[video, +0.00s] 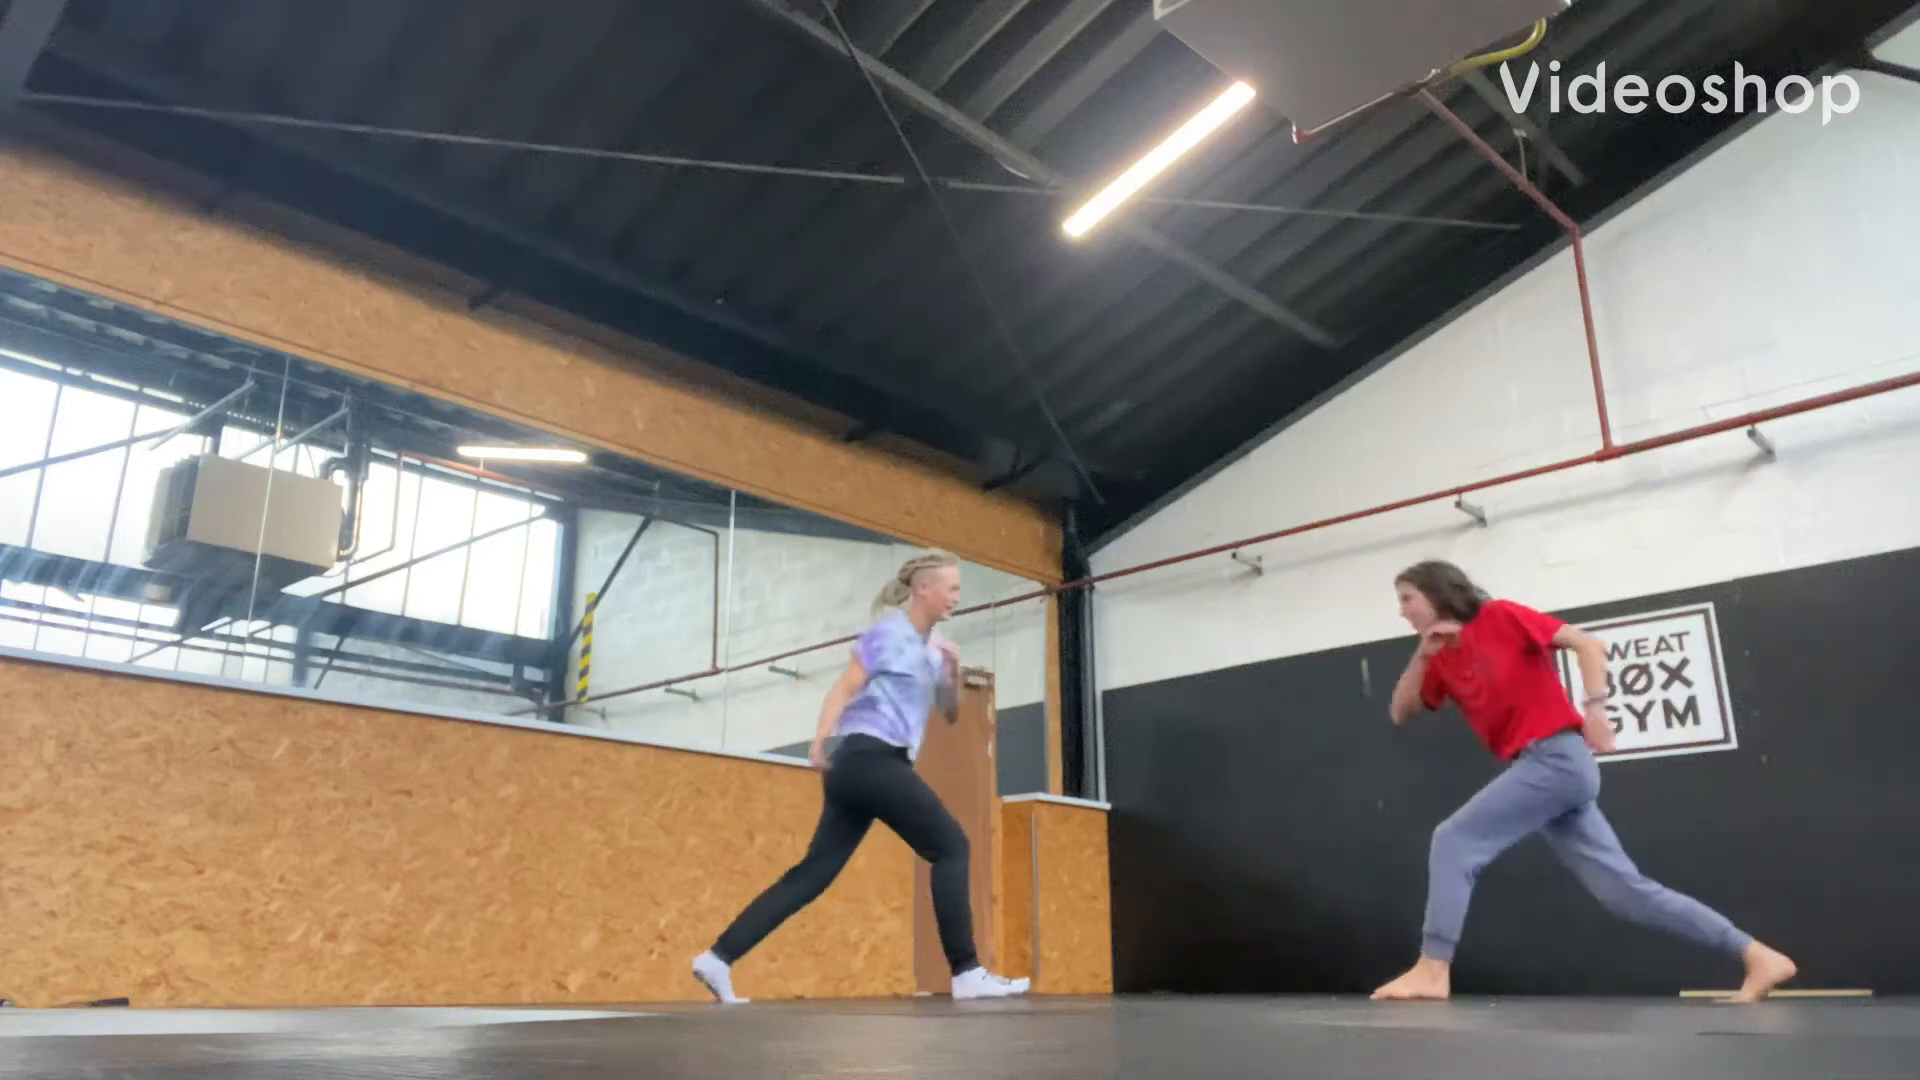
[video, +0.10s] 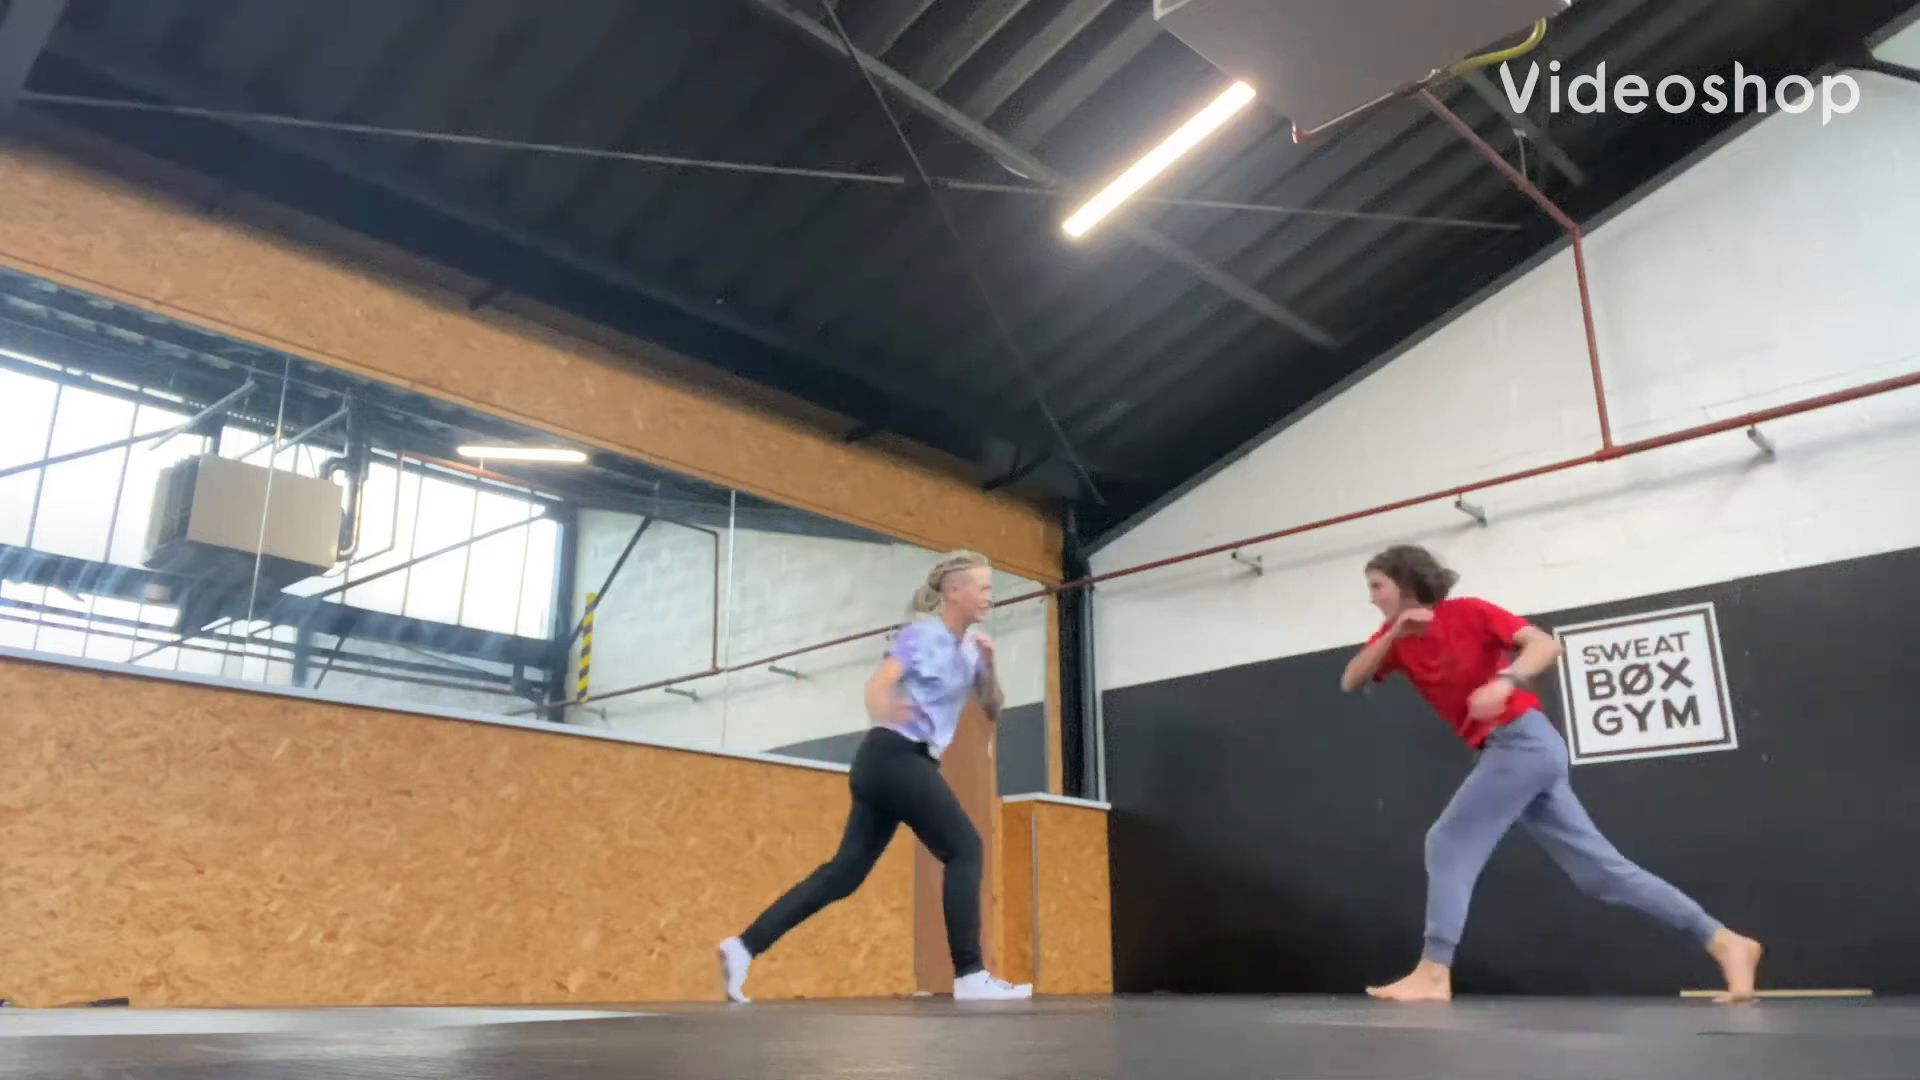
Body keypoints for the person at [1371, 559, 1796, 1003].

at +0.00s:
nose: (1402, 611)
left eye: (1407, 600)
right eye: (1400, 603)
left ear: (1438, 596)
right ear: (1420, 605)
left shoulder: (1497, 616)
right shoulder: (1437, 662)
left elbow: (1588, 645)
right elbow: (1401, 712)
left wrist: (1595, 709)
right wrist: (1420, 656)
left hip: (1560, 756)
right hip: (1542, 766)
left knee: (1456, 839)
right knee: (1623, 891)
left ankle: (1431, 971)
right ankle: (1760, 959)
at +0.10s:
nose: (1373, 599)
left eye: (1378, 588)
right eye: (1370, 591)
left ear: (1409, 585)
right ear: (1384, 594)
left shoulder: (1465, 611)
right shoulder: (1395, 641)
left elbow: (1543, 646)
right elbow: (1350, 681)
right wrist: (1390, 633)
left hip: (1525, 739)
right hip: (1513, 749)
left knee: (1449, 842)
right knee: (1601, 872)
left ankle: (1432, 974)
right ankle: (1729, 946)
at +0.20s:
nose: (1340, 609)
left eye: (1345, 599)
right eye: (1338, 601)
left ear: (1379, 596)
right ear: (1361, 601)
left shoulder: (1426, 621)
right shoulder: (1361, 643)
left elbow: (1478, 661)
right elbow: (1327, 692)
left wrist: (1416, 674)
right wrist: (1366, 666)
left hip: (1501, 739)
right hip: (1489, 747)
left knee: (1435, 841)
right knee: (1559, 873)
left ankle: (1429, 976)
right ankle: (1687, 933)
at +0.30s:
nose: (1309, 635)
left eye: (1314, 625)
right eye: (1307, 627)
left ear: (1343, 621)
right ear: (1335, 627)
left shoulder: (1394, 643)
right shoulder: (1345, 669)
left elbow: (1387, 695)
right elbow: (1336, 731)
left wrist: (1317, 686)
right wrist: (1370, 712)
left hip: (1488, 746)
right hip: (1480, 749)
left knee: (1417, 842)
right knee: (1500, 880)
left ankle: (1427, 977)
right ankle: (1627, 928)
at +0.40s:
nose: (1284, 669)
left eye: (1288, 659)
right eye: (1282, 660)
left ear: (1315, 654)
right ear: (1313, 658)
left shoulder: (1364, 663)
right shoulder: (1337, 702)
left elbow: (1315, 723)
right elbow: (1345, 764)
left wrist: (1277, 703)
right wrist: (1367, 775)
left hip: (1477, 755)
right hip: (1472, 761)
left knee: (1402, 846)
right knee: (1459, 877)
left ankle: (1427, 977)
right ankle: (1553, 948)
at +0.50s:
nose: (1280, 709)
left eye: (1279, 700)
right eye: (1275, 701)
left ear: (1297, 686)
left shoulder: (1341, 686)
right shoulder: (1329, 722)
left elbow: (1296, 757)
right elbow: (1329, 781)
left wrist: (1277, 729)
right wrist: (1338, 822)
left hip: (1467, 765)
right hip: (1470, 768)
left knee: (1387, 852)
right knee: (1440, 868)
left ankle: (1424, 976)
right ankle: (1460, 965)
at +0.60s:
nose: (1281, 728)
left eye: (1280, 720)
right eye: (1277, 723)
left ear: (1290, 708)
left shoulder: (1330, 704)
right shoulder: (1313, 733)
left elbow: (1335, 783)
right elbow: (1294, 785)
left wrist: (1304, 769)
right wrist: (1285, 814)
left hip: (1456, 780)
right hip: (1461, 784)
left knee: (1376, 863)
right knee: (1414, 878)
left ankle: (1424, 976)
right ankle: (1405, 969)